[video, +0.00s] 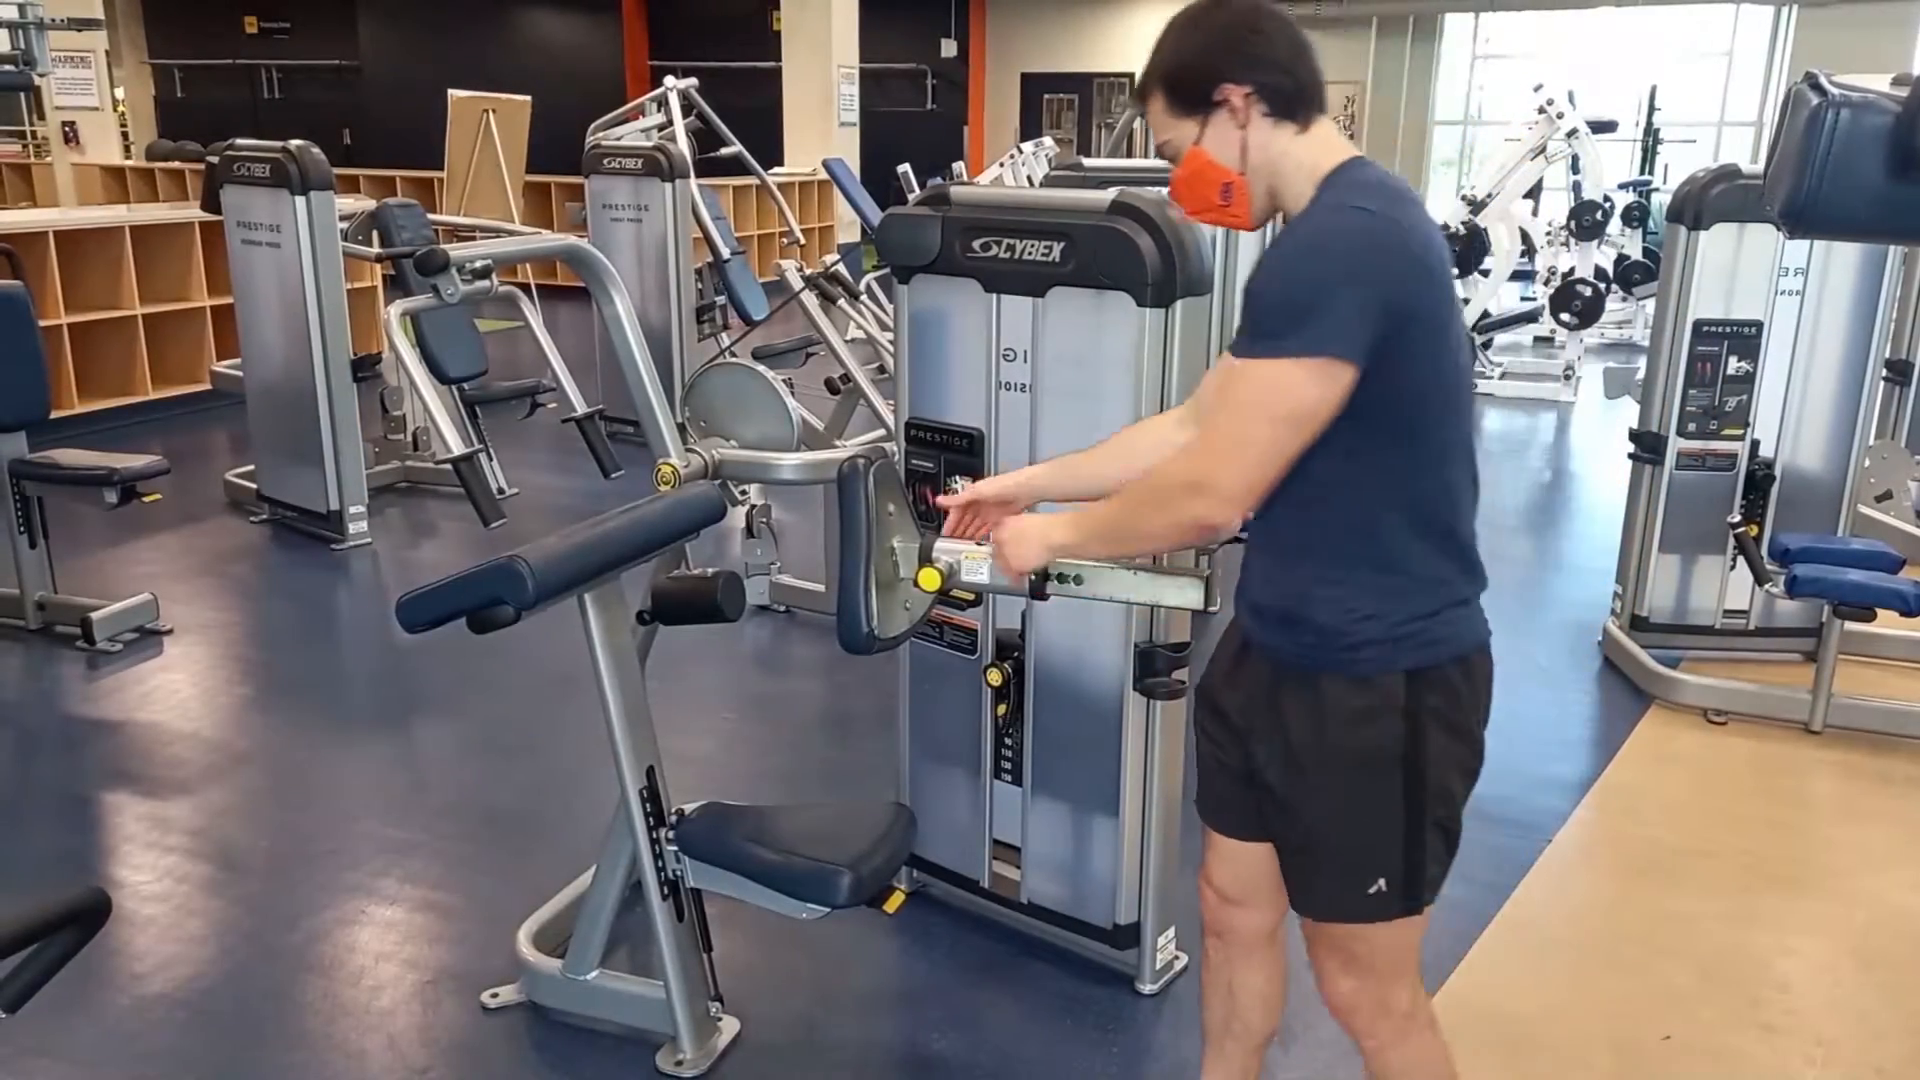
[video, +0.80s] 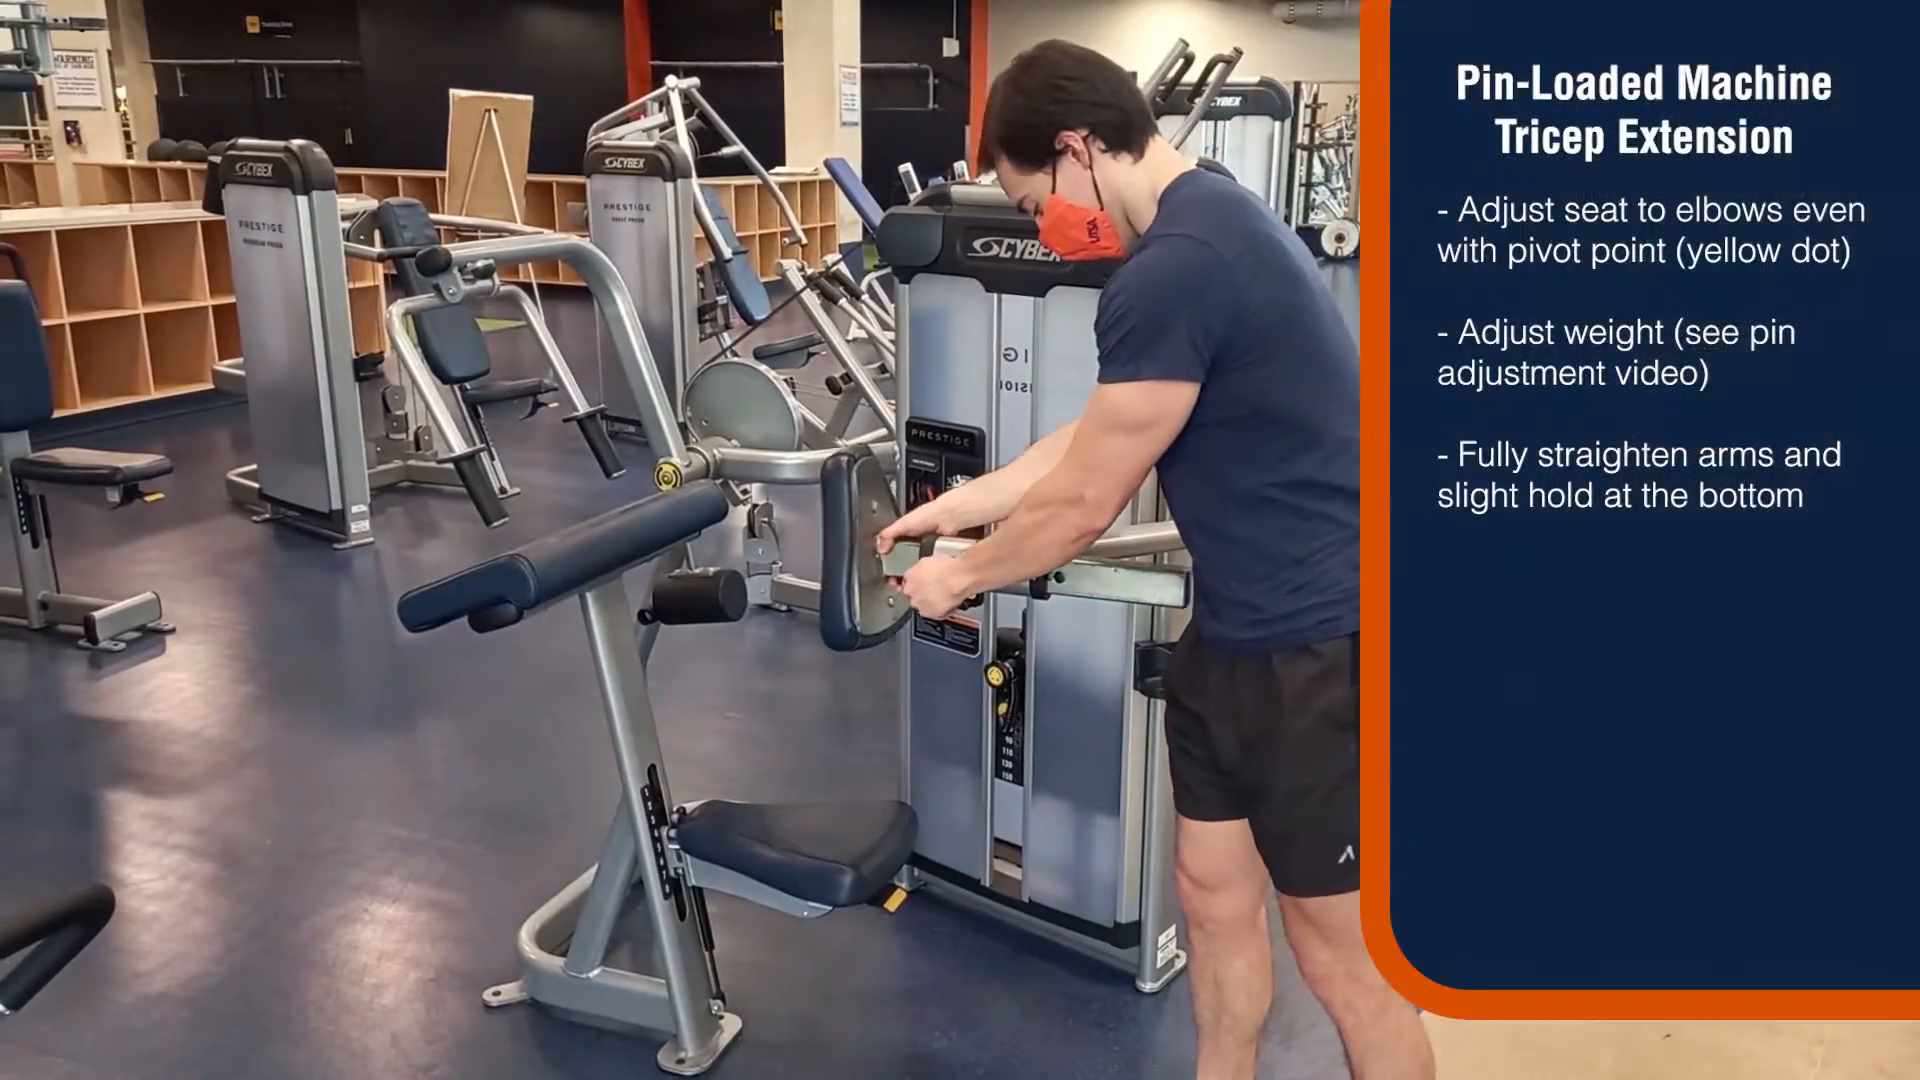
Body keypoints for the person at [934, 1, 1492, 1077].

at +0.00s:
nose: (1187, 175)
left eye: (1183, 143)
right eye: (1176, 151)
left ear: (1240, 107)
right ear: (1253, 108)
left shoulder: (1353, 235)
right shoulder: (1311, 237)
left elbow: (1220, 490)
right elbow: (1195, 429)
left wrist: (1055, 537)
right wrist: (1023, 485)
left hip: (1380, 673)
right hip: (1274, 644)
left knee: (1372, 989)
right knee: (1236, 912)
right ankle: (1229, 1070)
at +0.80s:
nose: (1047, 225)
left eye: (1037, 201)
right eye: (1031, 208)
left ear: (1079, 149)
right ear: (1092, 142)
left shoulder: (1184, 260)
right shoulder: (1196, 223)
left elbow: (1086, 505)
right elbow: (1099, 441)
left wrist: (967, 575)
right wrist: (962, 508)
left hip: (1315, 638)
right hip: (1227, 629)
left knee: (1339, 946)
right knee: (1214, 895)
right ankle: (1224, 1076)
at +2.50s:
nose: (1026, 203)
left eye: (1016, 174)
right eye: (1011, 181)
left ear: (1064, 128)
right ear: (1082, 122)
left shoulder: (1173, 258)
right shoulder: (1200, 221)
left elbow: (1189, 544)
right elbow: (1124, 445)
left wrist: (1088, 694)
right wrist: (951, 475)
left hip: (1257, 668)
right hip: (1259, 654)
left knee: (1230, 995)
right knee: (1228, 962)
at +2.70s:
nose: (1000, 210)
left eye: (988, 180)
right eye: (983, 189)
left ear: (1033, 138)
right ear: (1065, 121)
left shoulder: (1156, 283)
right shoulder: (1185, 224)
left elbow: (1202, 579)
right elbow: (1162, 479)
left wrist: (1122, 751)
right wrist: (1006, 532)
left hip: (1266, 680)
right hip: (1237, 657)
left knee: (1213, 1005)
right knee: (1150, 897)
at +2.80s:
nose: (965, 236)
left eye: (953, 209)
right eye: (950, 215)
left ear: (997, 167)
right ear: (1021, 156)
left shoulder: (1139, 311)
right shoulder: (1140, 256)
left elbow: (1187, 613)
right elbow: (1127, 510)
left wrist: (1108, 797)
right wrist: (1029, 643)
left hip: (1280, 683)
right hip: (1221, 659)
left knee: (1200, 1010)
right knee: (1127, 876)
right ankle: (1166, 1068)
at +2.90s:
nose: (915, 281)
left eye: (905, 255)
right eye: (902, 259)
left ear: (948, 222)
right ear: (976, 208)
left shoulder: (1109, 348)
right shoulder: (1076, 322)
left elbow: (1150, 659)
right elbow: (1087, 551)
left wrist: (1080, 834)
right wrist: (1035, 728)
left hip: (1300, 684)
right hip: (1205, 664)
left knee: (1197, 1009)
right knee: (1131, 896)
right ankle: (1118, 1066)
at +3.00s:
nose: (867, 360)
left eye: (858, 332)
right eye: (854, 338)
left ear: (895, 299)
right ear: (911, 296)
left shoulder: (1061, 410)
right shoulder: (1032, 379)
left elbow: (1105, 705)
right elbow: (1045, 615)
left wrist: (1028, 862)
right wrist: (1023, 782)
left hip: (1301, 688)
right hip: (1204, 674)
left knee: (1191, 1008)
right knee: (1134, 902)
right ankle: (1104, 1070)